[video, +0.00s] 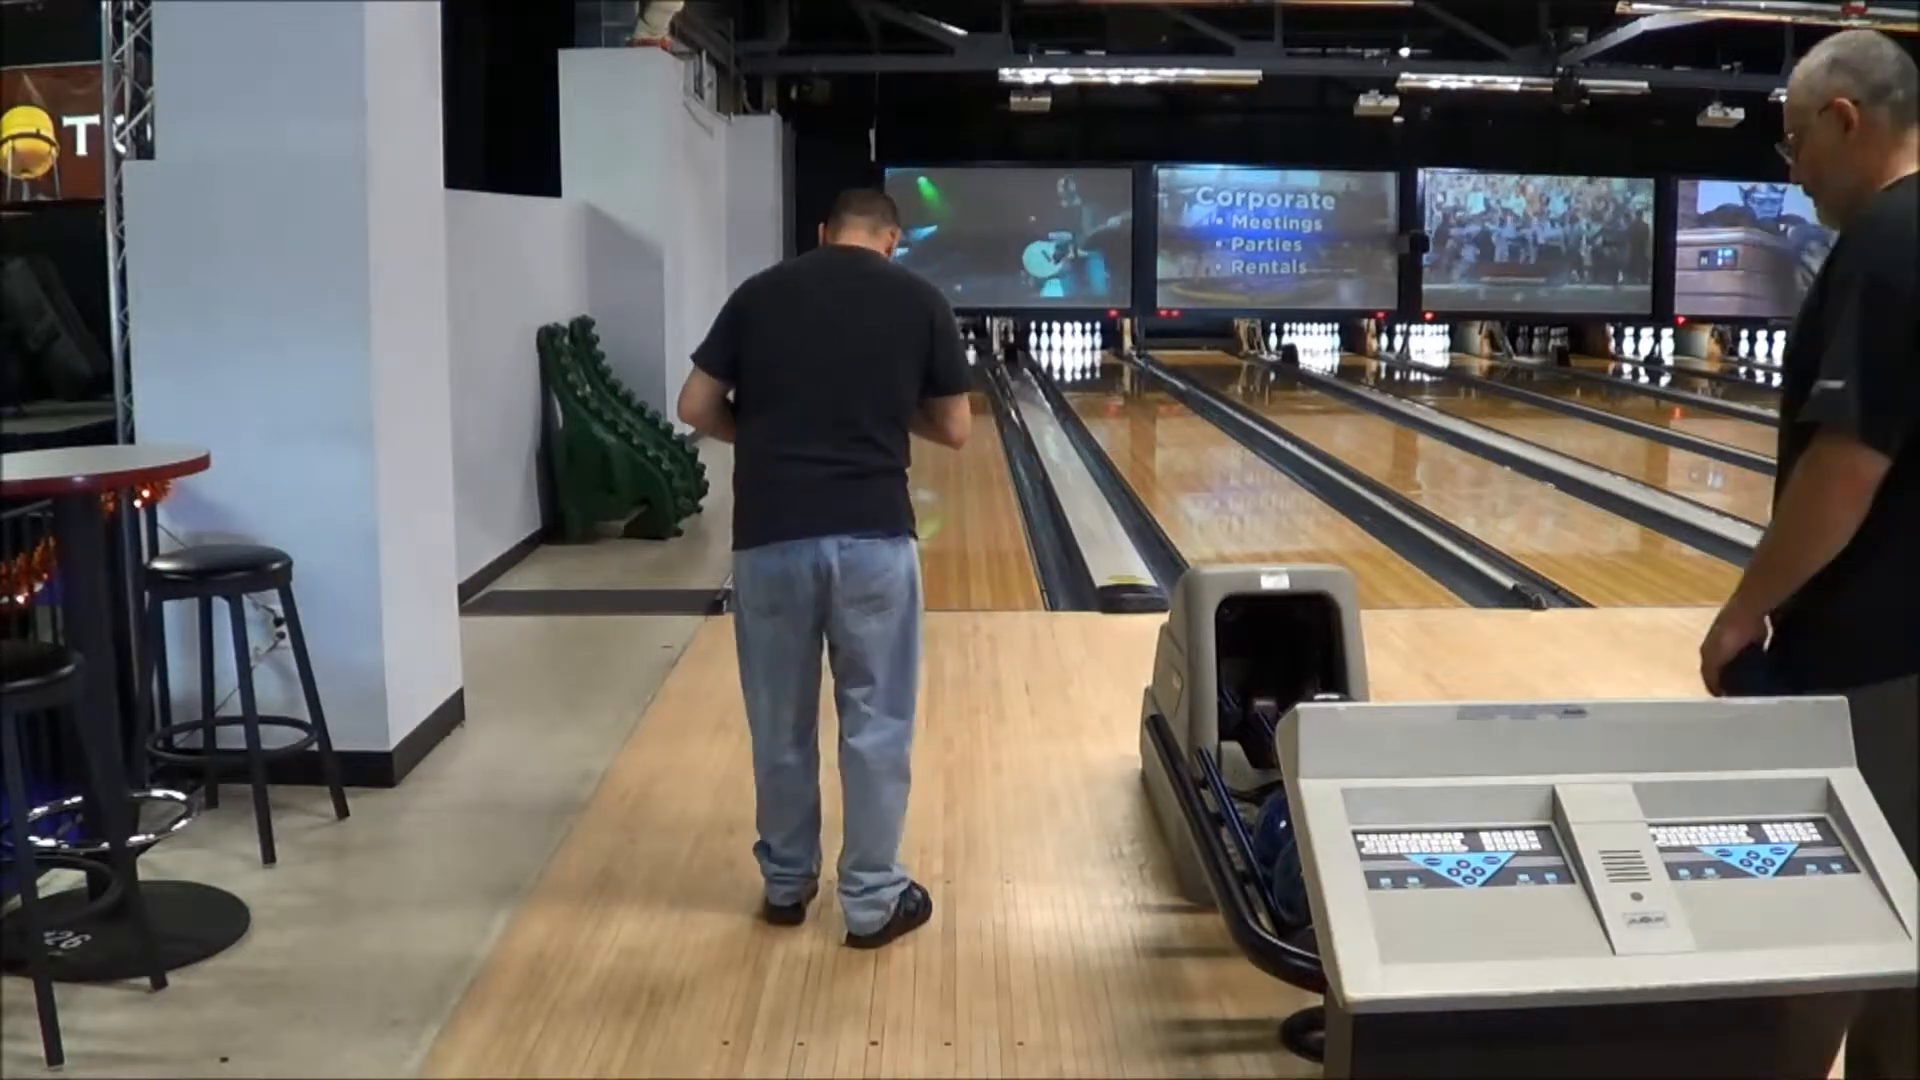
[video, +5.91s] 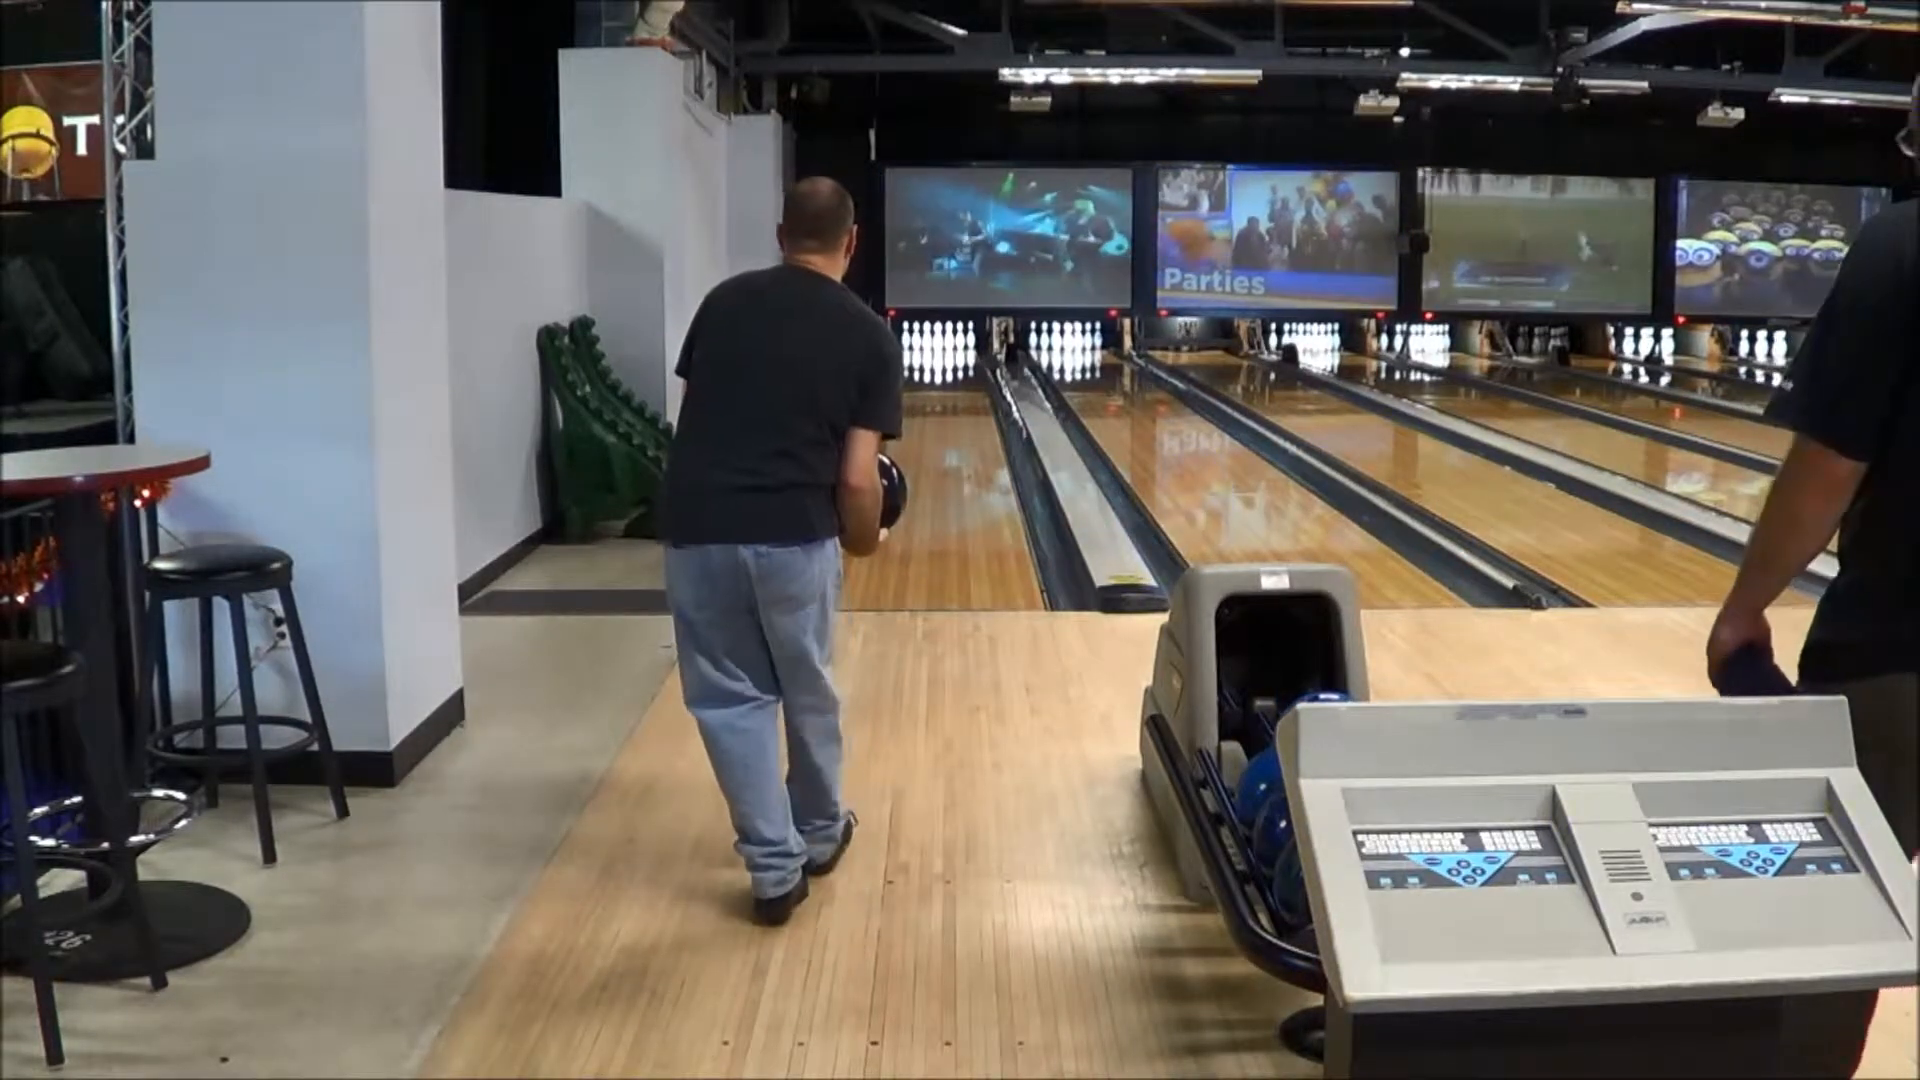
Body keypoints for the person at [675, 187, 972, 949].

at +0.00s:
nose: (892, 252)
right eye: (895, 241)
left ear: (821, 230)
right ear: (890, 241)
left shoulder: (761, 291)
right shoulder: (917, 299)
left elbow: (696, 408)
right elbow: (954, 428)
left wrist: (758, 427)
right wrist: (891, 396)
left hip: (772, 542)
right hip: (873, 540)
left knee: (779, 718)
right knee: (876, 716)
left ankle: (785, 884)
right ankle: (870, 900)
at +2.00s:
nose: (873, 267)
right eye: (876, 257)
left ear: (797, 243)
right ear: (869, 251)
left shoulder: (732, 298)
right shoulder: (880, 332)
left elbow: (693, 421)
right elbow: (890, 489)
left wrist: (745, 452)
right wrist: (905, 506)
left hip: (710, 547)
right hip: (809, 549)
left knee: (738, 720)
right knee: (820, 731)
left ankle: (771, 871)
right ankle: (794, 906)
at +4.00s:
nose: (851, 237)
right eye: (854, 226)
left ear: (772, 228)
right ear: (849, 230)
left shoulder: (715, 302)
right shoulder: (870, 326)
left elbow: (683, 423)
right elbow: (871, 477)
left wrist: (724, 485)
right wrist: (878, 537)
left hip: (701, 557)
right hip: (803, 557)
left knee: (732, 724)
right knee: (817, 736)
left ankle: (768, 870)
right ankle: (794, 904)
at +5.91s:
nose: (851, 246)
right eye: (855, 237)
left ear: (782, 236)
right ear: (852, 241)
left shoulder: (724, 301)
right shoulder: (868, 334)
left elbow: (688, 416)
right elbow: (857, 475)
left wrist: (715, 488)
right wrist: (864, 539)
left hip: (695, 529)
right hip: (793, 531)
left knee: (727, 695)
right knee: (807, 685)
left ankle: (771, 869)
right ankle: (818, 832)